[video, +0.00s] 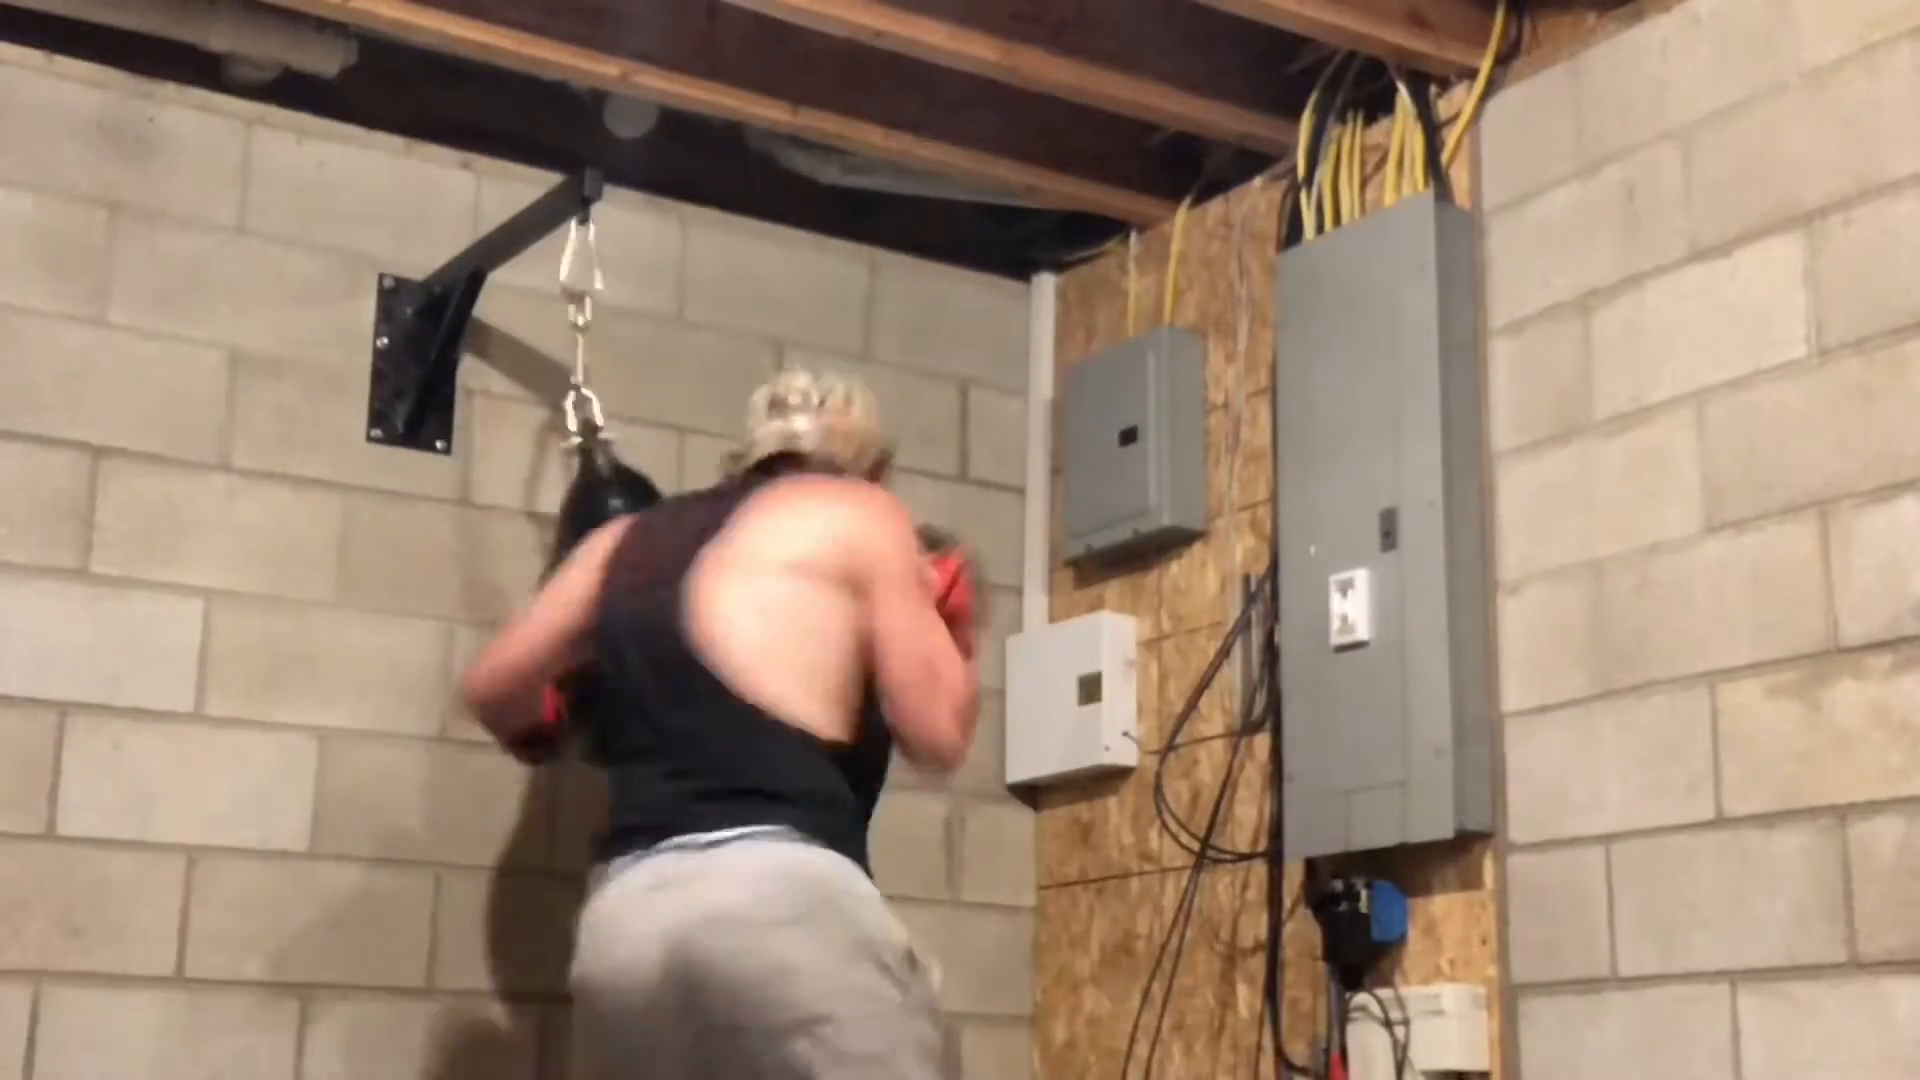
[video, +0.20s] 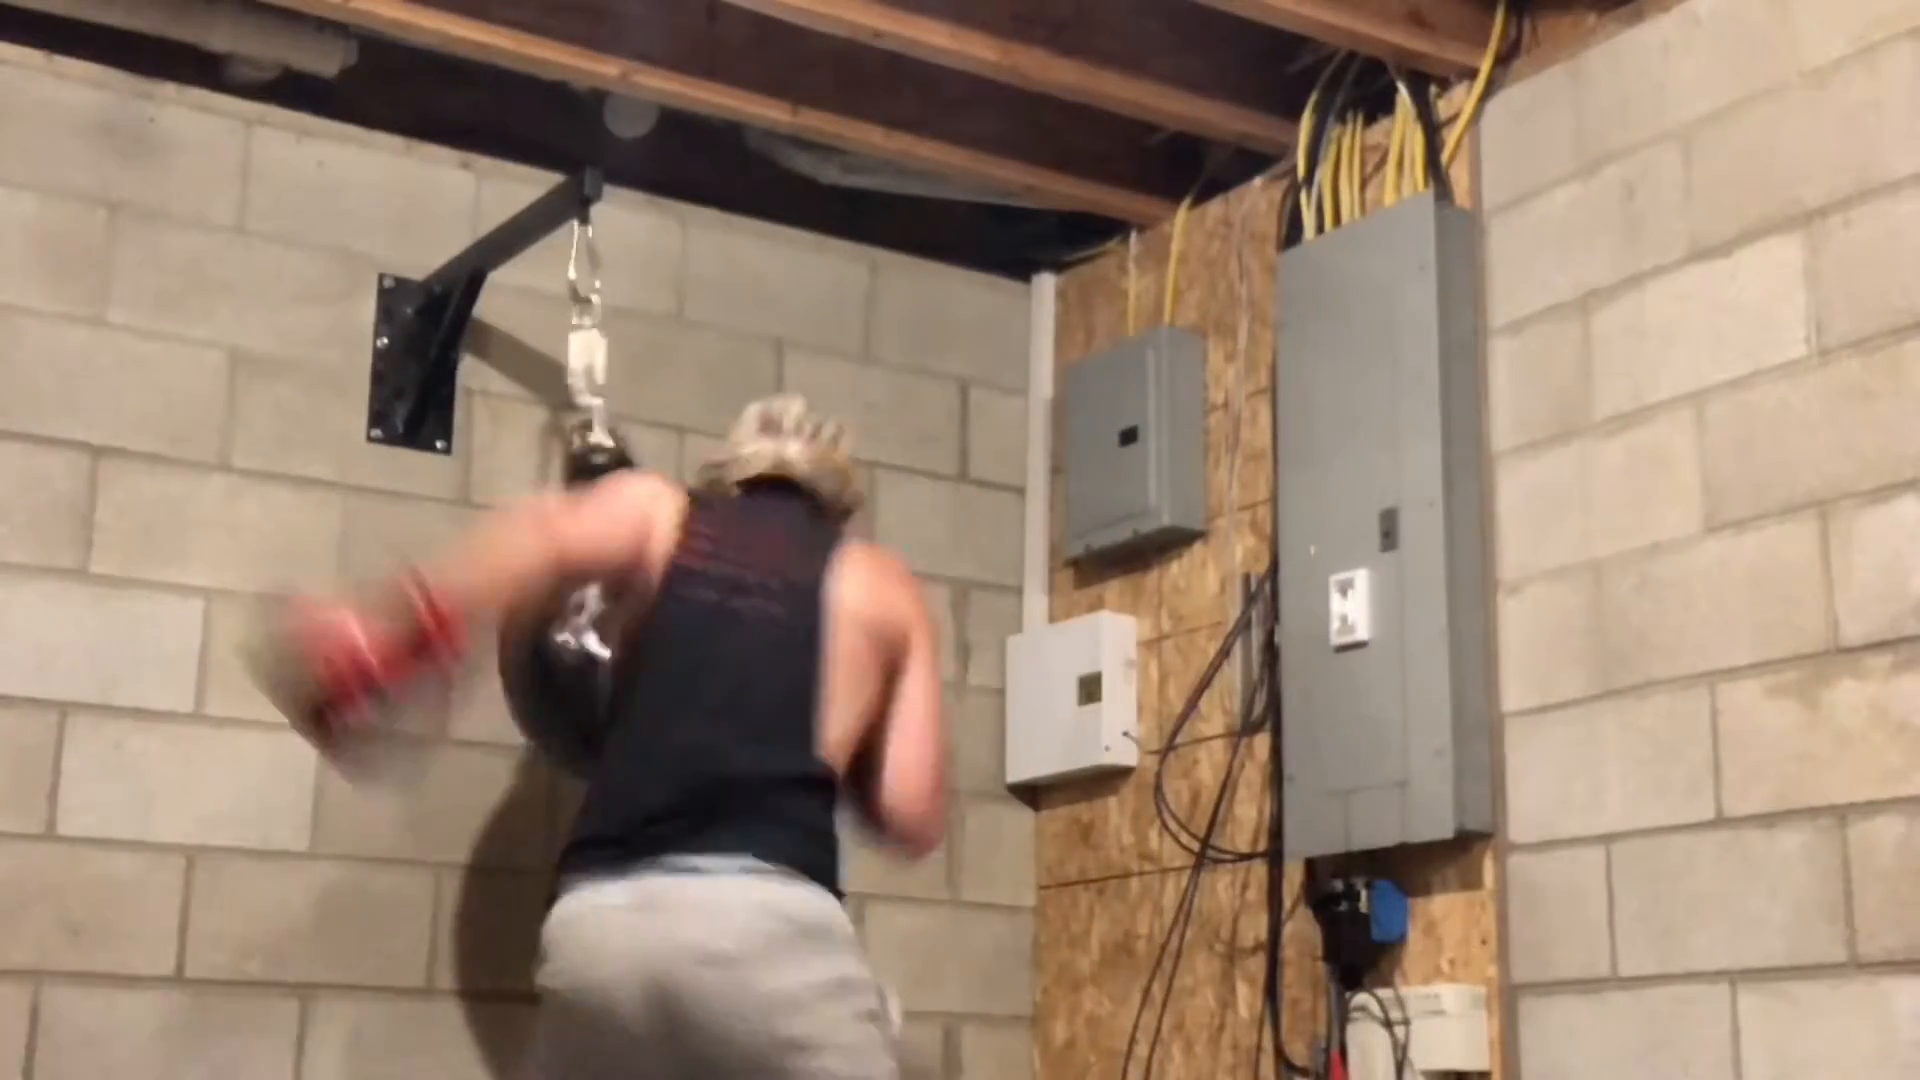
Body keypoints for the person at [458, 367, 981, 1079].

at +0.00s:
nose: (886, 496)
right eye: (884, 485)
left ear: (752, 457)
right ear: (869, 469)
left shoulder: (626, 536)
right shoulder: (862, 512)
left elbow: (493, 682)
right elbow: (939, 737)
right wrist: (956, 628)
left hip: (622, 912)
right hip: (784, 900)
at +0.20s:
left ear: (726, 468)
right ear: (846, 498)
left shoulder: (656, 507)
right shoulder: (886, 585)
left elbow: (532, 534)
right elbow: (915, 818)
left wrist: (391, 632)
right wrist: (834, 721)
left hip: (596, 931)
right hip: (768, 931)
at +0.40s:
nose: (891, 498)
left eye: (894, 485)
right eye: (893, 481)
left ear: (776, 427)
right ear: (881, 461)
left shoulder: (643, 491)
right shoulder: (842, 507)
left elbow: (473, 596)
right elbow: (875, 742)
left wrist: (542, 681)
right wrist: (936, 638)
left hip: (549, 899)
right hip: (694, 903)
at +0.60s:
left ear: (688, 471)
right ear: (814, 490)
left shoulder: (592, 540)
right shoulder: (865, 586)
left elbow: (476, 723)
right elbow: (875, 845)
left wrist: (606, 710)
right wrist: (817, 707)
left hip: (576, 966)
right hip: (771, 974)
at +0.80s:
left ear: (745, 400)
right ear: (877, 409)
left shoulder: (661, 478)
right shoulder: (965, 516)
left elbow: (557, 668)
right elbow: (1000, 774)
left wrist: (655, 708)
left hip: (717, 935)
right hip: (917, 926)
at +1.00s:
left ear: (811, 331)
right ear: (943, 336)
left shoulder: (754, 397)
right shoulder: (1052, 453)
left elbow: (665, 599)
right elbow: (1092, 714)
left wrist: (723, 655)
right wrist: (944, 695)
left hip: (803, 865)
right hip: (1003, 872)